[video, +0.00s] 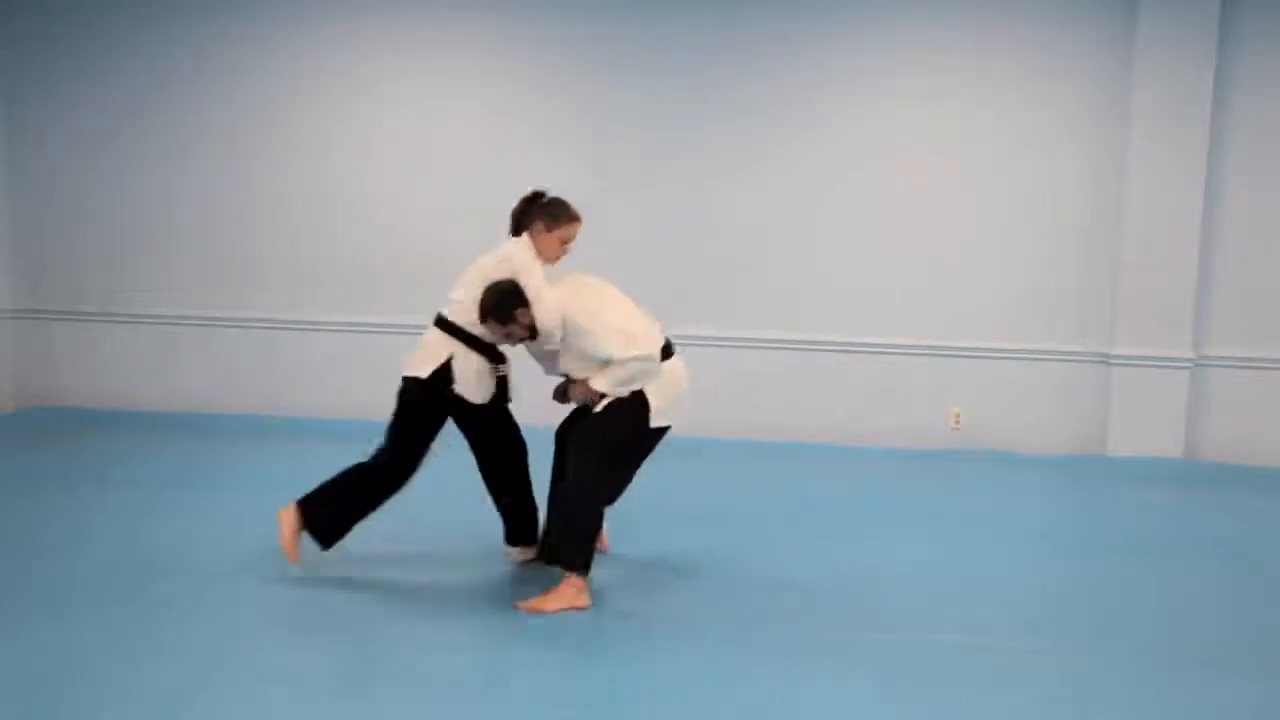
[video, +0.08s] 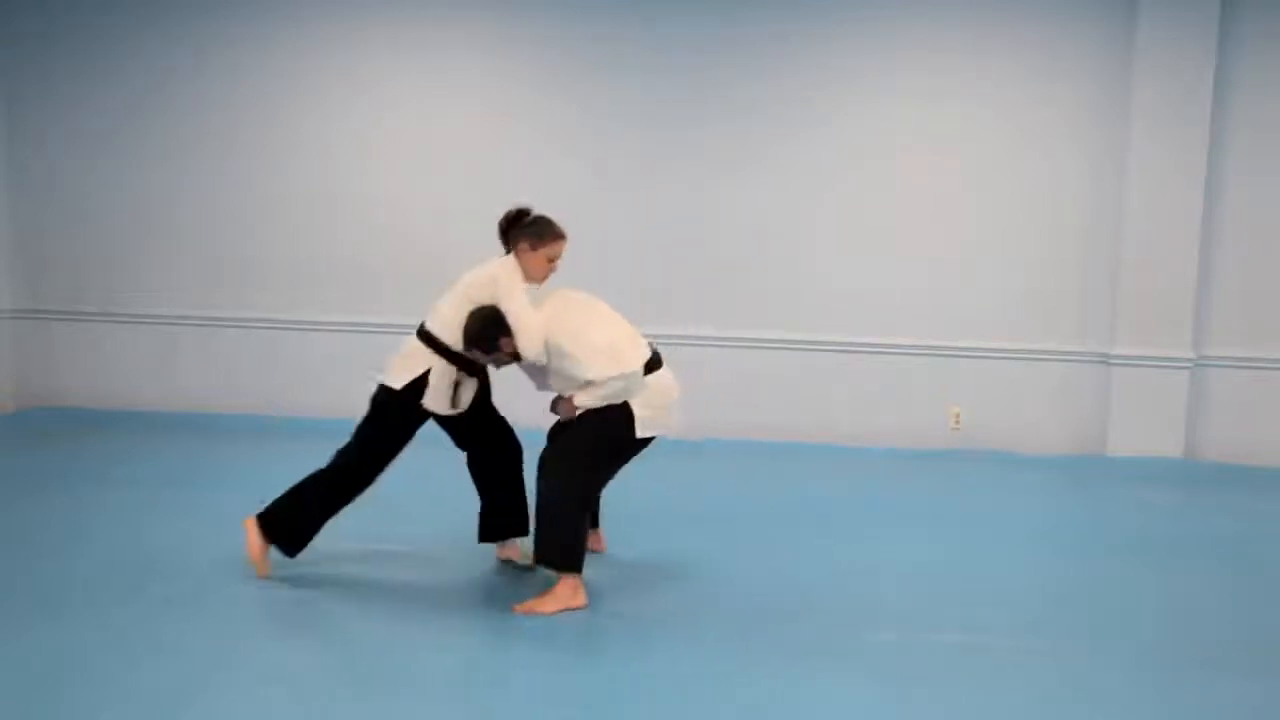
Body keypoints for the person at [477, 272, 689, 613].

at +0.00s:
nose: (502, 341)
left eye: (503, 334)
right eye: (497, 335)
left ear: (521, 318)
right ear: (518, 314)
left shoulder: (578, 315)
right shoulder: (538, 321)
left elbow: (647, 356)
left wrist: (596, 386)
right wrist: (573, 383)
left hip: (654, 382)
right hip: (621, 378)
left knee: (587, 451)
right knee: (570, 435)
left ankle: (575, 581)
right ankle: (585, 527)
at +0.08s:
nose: (495, 365)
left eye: (492, 359)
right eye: (489, 360)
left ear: (506, 344)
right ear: (507, 338)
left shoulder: (560, 340)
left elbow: (629, 374)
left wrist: (577, 402)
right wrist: (569, 396)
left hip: (641, 397)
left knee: (563, 460)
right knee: (562, 440)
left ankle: (569, 584)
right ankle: (588, 530)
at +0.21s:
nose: (484, 402)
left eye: (480, 397)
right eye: (477, 398)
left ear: (488, 378)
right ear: (487, 369)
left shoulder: (532, 358)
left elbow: (600, 395)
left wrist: (557, 420)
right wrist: (551, 414)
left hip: (625, 408)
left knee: (545, 471)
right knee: (565, 455)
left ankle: (568, 586)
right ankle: (586, 532)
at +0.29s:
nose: (478, 407)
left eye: (473, 404)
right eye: (472, 405)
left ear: (479, 387)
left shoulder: (523, 364)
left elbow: (595, 396)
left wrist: (551, 419)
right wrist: (542, 414)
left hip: (622, 395)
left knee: (541, 469)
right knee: (565, 453)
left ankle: (567, 585)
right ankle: (585, 531)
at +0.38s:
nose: (470, 407)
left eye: (465, 403)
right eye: (463, 404)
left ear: (474, 385)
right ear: (475, 378)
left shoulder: (517, 361)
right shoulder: (502, 338)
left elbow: (591, 389)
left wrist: (547, 418)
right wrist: (538, 410)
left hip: (615, 392)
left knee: (545, 465)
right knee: (573, 457)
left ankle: (567, 583)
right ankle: (586, 531)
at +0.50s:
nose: (470, 390)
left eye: (465, 384)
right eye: (462, 386)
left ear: (474, 364)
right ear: (474, 358)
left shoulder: (520, 343)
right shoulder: (499, 316)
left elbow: (596, 380)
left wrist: (556, 409)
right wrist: (551, 399)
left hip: (622, 378)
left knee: (555, 465)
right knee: (581, 457)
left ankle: (569, 585)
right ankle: (588, 531)